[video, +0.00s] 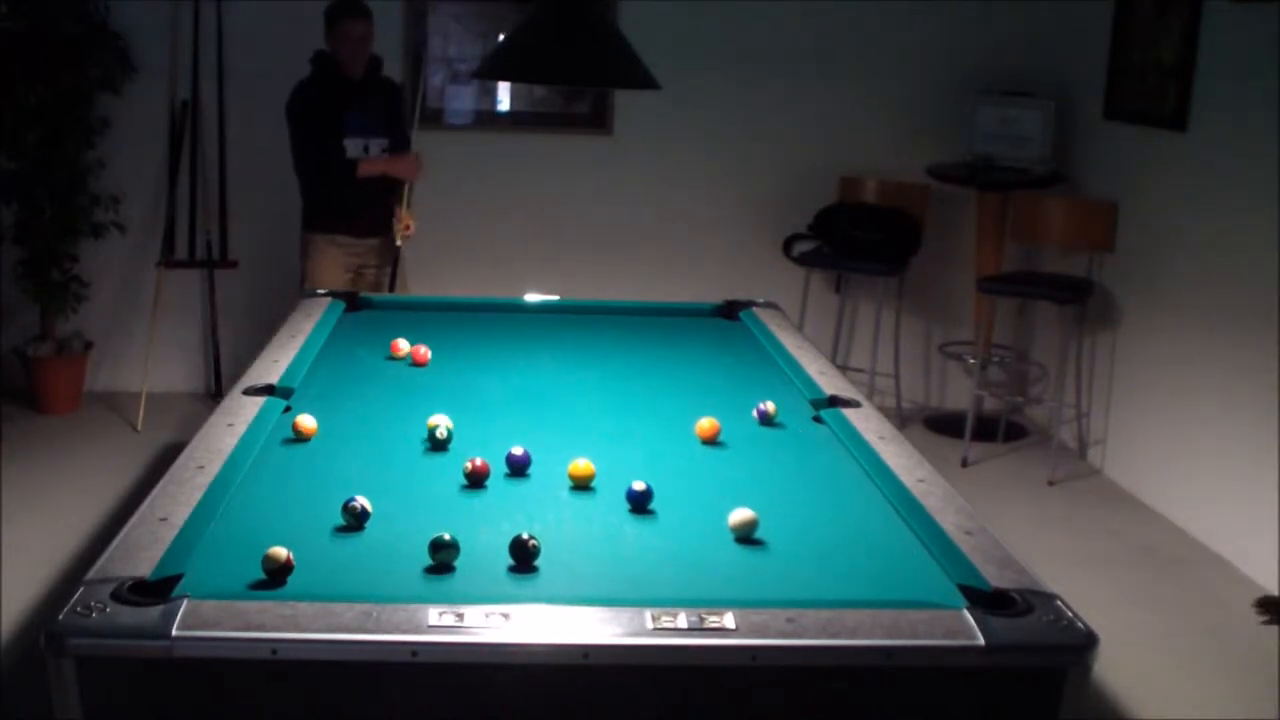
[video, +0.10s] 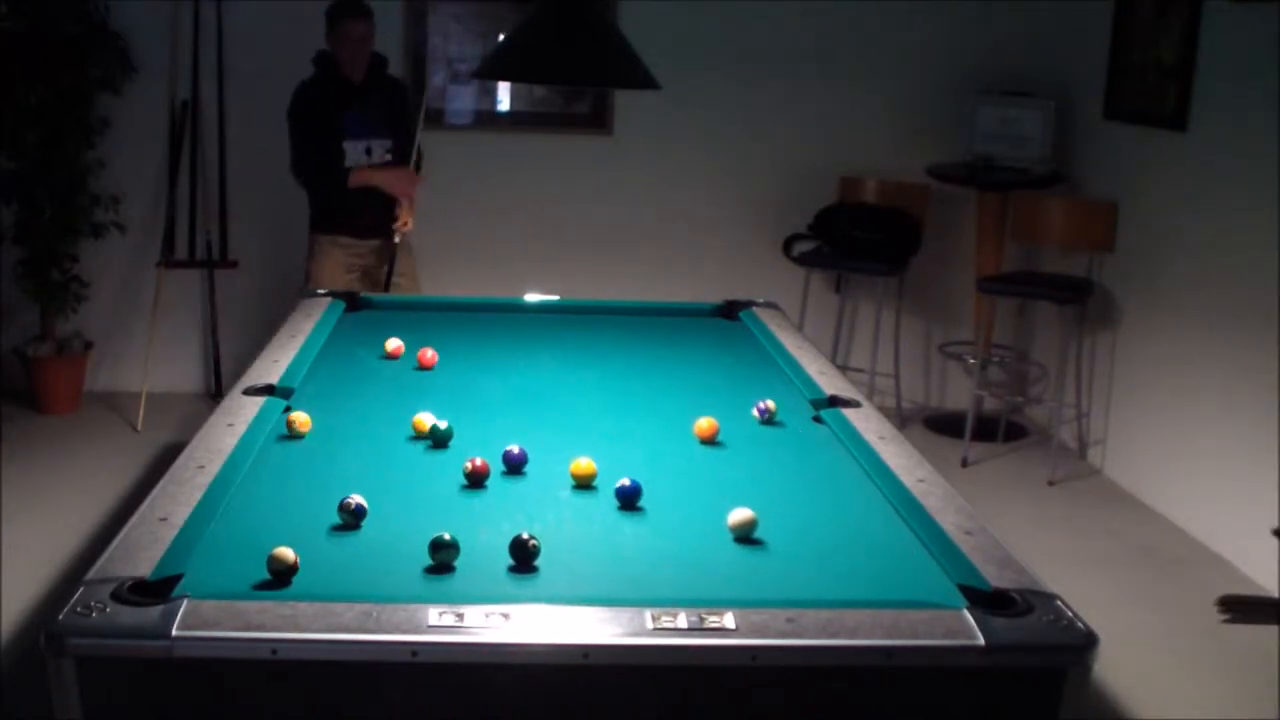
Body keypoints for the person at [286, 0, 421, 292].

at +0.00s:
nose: (358, 48)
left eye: (364, 38)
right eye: (350, 39)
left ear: (372, 38)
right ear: (331, 41)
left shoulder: (387, 91)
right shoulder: (309, 93)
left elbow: (400, 159)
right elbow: (318, 171)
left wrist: (400, 210)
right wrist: (387, 165)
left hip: (379, 236)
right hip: (329, 236)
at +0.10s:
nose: (358, 49)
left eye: (364, 39)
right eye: (349, 40)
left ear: (373, 39)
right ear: (331, 41)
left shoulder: (393, 90)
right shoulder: (310, 94)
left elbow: (410, 154)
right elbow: (310, 172)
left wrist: (406, 201)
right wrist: (376, 177)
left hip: (392, 239)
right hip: (336, 239)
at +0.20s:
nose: (363, 54)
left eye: (371, 43)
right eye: (354, 44)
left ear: (381, 43)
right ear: (338, 44)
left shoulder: (402, 91)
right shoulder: (319, 98)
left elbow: (420, 154)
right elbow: (306, 174)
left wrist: (414, 195)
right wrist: (367, 211)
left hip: (402, 240)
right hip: (346, 244)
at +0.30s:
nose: (378, 57)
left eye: (385, 47)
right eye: (369, 47)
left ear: (395, 46)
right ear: (354, 47)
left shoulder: (413, 91)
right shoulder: (334, 101)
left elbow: (435, 151)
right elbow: (314, 179)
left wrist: (435, 191)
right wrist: (363, 235)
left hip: (415, 246)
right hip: (354, 249)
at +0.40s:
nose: (402, 62)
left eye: (409, 52)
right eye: (393, 52)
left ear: (421, 54)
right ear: (378, 53)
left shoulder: (435, 102)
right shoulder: (354, 108)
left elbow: (452, 157)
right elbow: (332, 185)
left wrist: (459, 191)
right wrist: (372, 246)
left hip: (429, 247)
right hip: (371, 250)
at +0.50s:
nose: (435, 69)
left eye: (442, 59)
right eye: (426, 59)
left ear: (454, 61)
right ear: (411, 60)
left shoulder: (464, 109)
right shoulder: (385, 112)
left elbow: (477, 163)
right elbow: (356, 185)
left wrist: (487, 200)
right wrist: (394, 249)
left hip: (453, 251)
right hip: (395, 253)